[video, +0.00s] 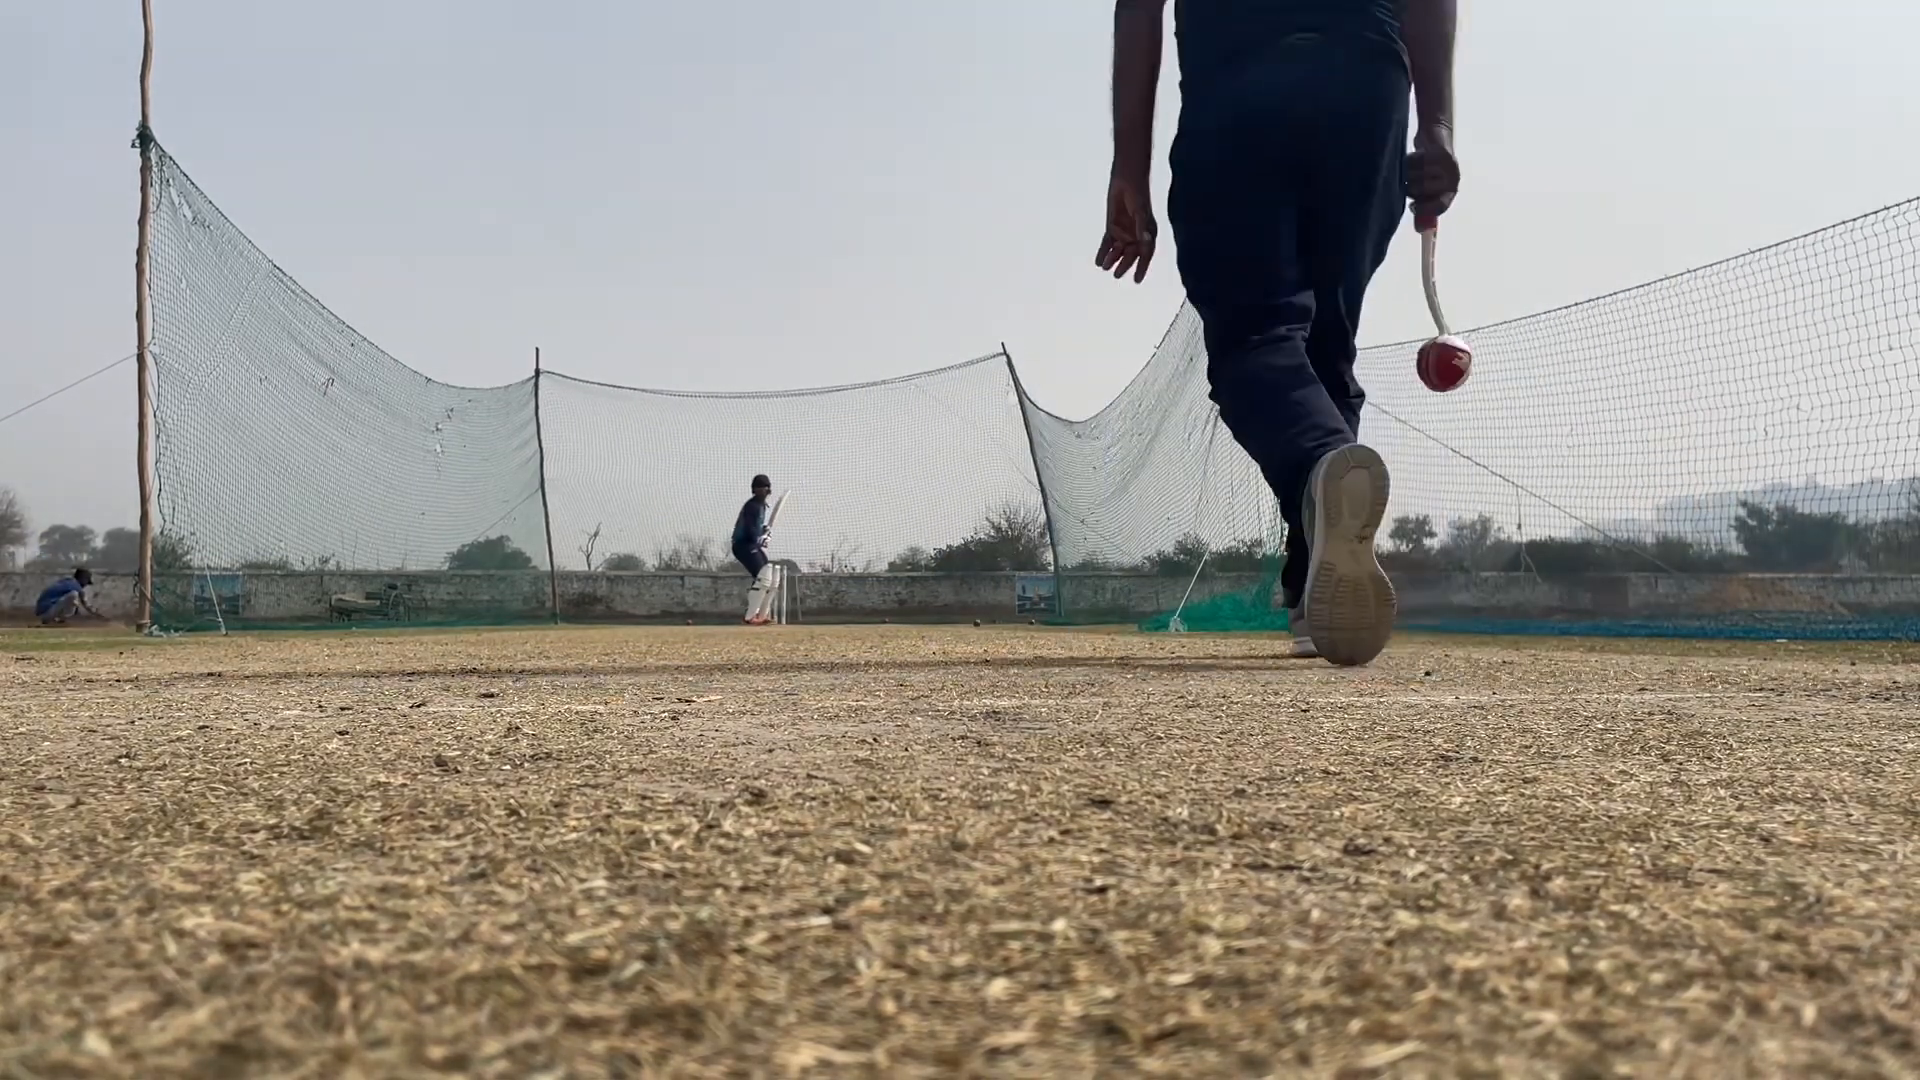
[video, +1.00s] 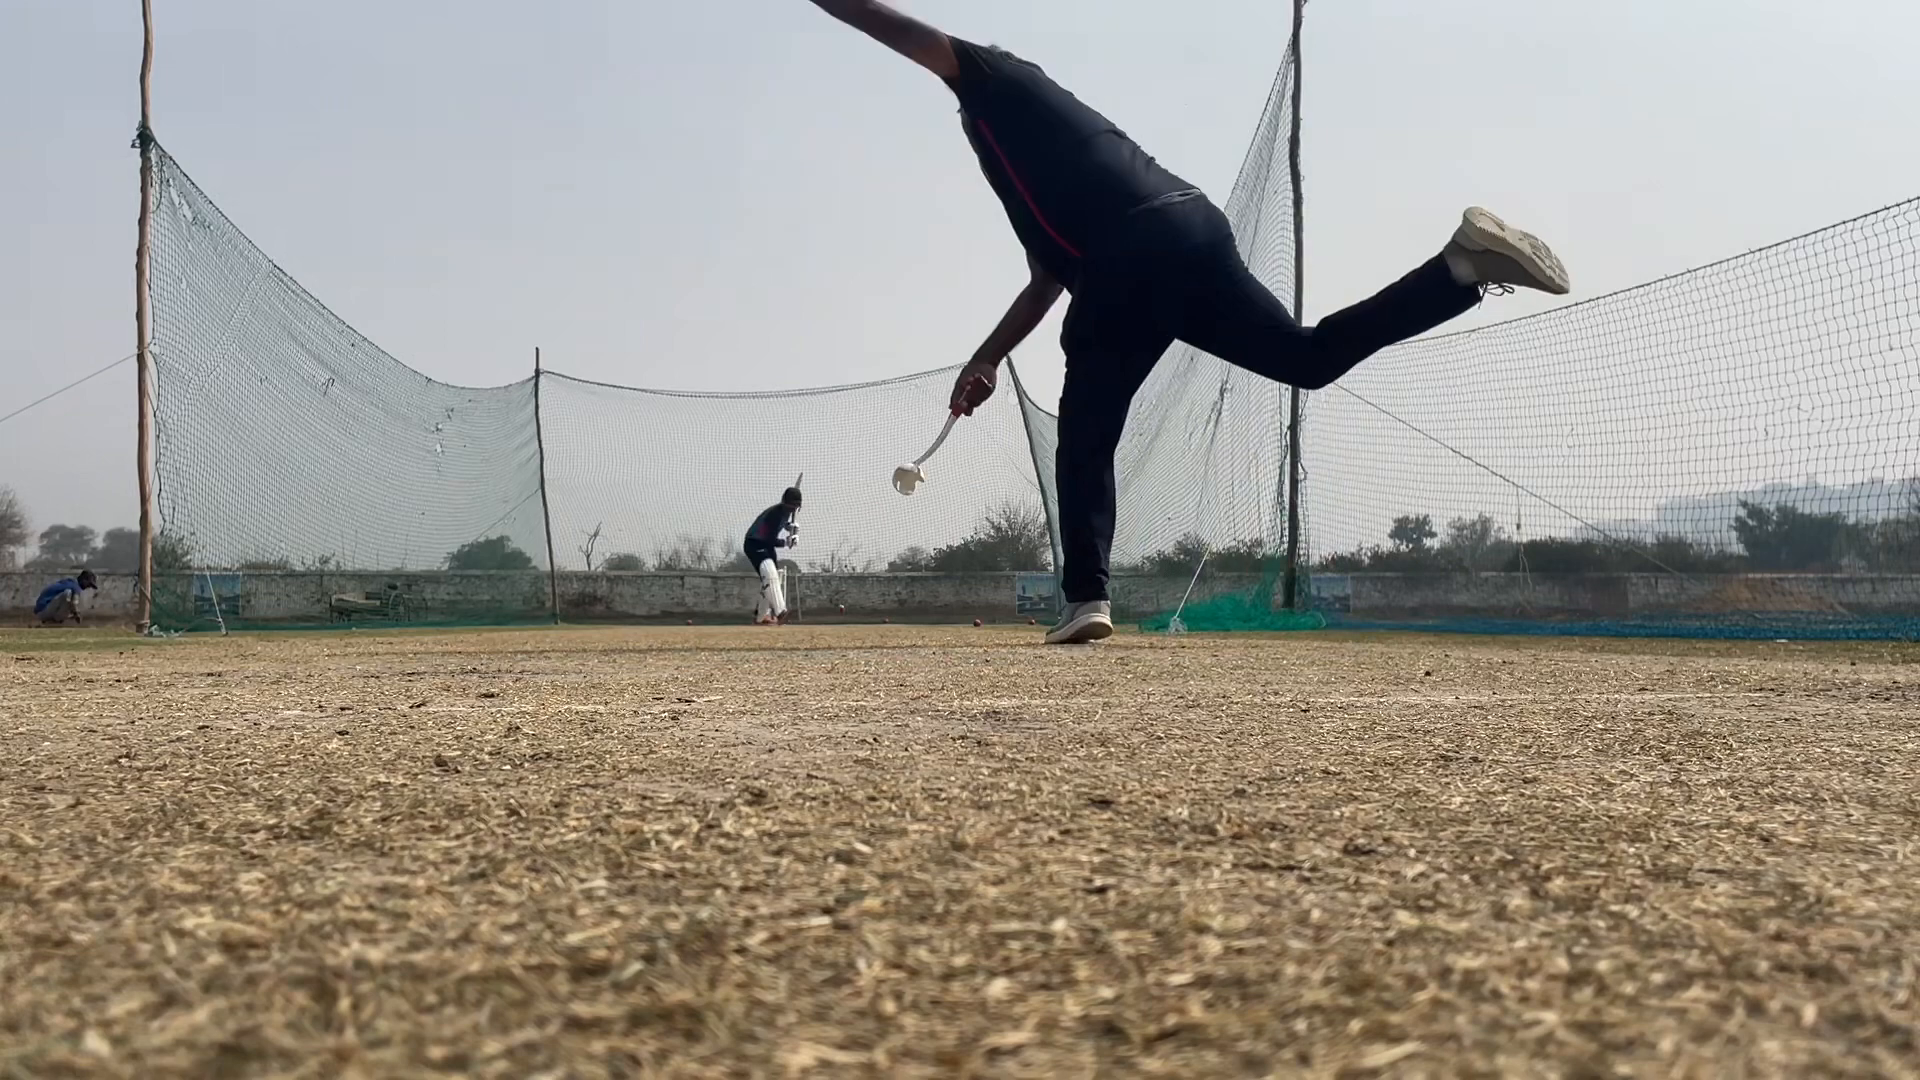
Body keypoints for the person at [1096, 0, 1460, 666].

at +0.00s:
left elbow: (1139, 14)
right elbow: (1426, 4)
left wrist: (1130, 169)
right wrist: (1435, 128)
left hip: (1230, 86)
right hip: (1365, 78)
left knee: (1253, 335)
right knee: (1331, 349)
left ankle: (1323, 470)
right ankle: (1314, 596)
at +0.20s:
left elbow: (1119, 23)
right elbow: (1443, 25)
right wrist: (1435, 23)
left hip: (1171, 186)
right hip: (1293, 180)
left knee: (1165, 384)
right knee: (1305, 392)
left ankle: (1170, 597)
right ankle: (1313, 598)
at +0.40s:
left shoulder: (1068, 17)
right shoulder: (1211, 5)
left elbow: (988, 25)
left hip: (1123, 257)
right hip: (1225, 241)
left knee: (1099, 432)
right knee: (1269, 398)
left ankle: (1077, 612)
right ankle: (1300, 542)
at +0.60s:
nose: (1001, 92)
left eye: (1000, 81)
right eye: (1003, 83)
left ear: (1005, 76)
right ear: (1070, 62)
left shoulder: (1007, 129)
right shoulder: (1121, 94)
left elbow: (976, 261)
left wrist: (949, 340)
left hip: (1113, 272)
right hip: (1211, 249)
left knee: (1085, 439)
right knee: (1220, 423)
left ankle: (1079, 612)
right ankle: (1205, 510)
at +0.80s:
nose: (956, 171)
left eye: (954, 152)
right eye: (950, 158)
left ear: (974, 130)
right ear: (979, 141)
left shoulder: (997, 116)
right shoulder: (1038, 194)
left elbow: (1014, 31)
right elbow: (1065, 280)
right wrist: (1012, 312)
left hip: (1120, 258)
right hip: (1200, 233)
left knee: (1079, 432)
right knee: (1291, 381)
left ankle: (1081, 605)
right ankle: (1374, 324)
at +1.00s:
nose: (942, 84)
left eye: (949, 76)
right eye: (945, 77)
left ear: (969, 77)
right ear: (1008, 96)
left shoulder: (994, 82)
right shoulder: (1050, 162)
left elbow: (878, 21)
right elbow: (1051, 275)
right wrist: (987, 356)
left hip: (1120, 262)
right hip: (1189, 237)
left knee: (1086, 437)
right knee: (1307, 358)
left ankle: (1085, 609)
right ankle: (1466, 268)